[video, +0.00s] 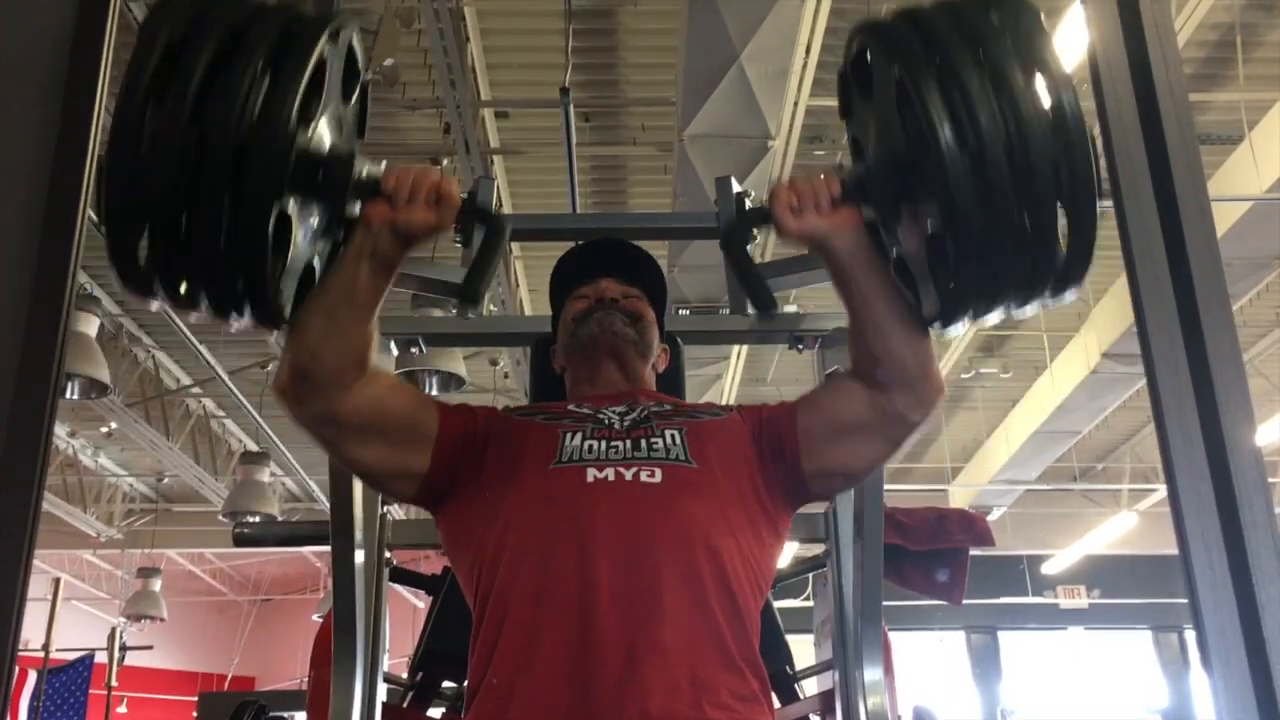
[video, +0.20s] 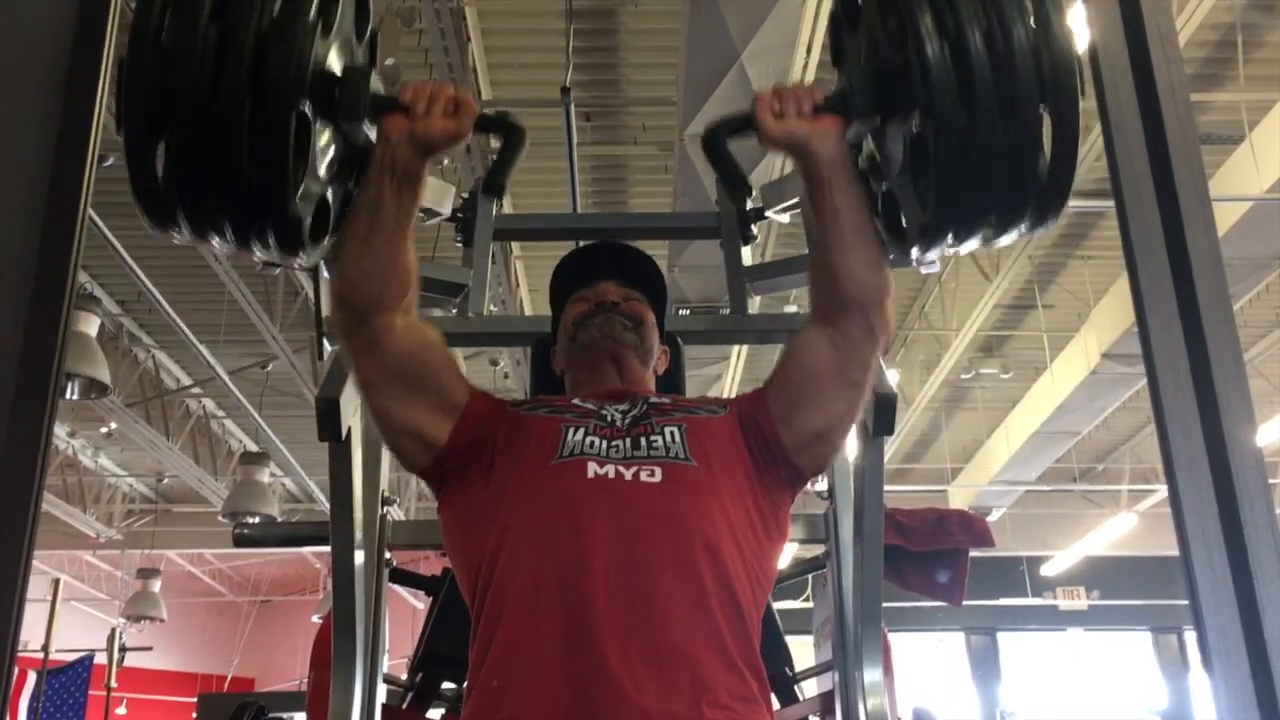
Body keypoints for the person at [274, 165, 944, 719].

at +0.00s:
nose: (605, 301)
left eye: (632, 303)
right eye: (580, 302)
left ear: (664, 356)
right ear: (553, 357)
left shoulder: (749, 442)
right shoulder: (484, 447)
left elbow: (904, 390)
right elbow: (317, 387)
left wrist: (845, 240)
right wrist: (379, 243)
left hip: (720, 699)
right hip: (527, 699)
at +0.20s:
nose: (607, 309)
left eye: (631, 309)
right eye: (584, 306)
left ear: (665, 358)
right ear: (551, 355)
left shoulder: (751, 442)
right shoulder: (481, 442)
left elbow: (854, 318)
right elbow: (372, 314)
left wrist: (824, 152)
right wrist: (401, 156)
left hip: (721, 707)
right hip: (514, 707)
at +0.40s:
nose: (607, 301)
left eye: (631, 302)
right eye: (582, 301)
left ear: (663, 355)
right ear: (554, 354)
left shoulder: (752, 437)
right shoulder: (484, 440)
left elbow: (808, 285)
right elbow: (421, 280)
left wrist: (814, 108)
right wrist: (415, 108)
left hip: (725, 708)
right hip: (517, 708)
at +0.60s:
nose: (608, 303)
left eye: (631, 303)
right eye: (583, 304)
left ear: (665, 357)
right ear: (550, 357)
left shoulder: (752, 443)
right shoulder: (481, 448)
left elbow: (858, 338)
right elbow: (370, 335)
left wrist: (828, 169)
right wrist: (400, 166)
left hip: (728, 705)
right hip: (520, 707)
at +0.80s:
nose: (606, 298)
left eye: (632, 300)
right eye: (580, 300)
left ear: (663, 354)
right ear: (551, 356)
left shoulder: (749, 446)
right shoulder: (484, 452)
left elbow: (897, 399)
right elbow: (323, 396)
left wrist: (848, 241)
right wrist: (381, 241)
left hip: (727, 705)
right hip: (525, 704)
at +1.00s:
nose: (607, 300)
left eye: (633, 302)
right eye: (582, 301)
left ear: (666, 357)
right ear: (551, 358)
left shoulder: (743, 449)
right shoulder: (490, 459)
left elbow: (920, 454)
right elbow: (304, 457)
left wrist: (862, 318)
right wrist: (362, 318)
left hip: (726, 703)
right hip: (526, 705)